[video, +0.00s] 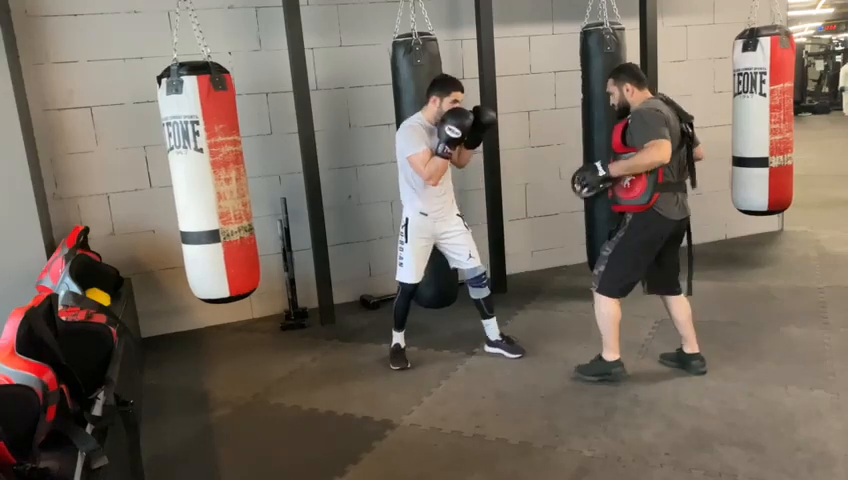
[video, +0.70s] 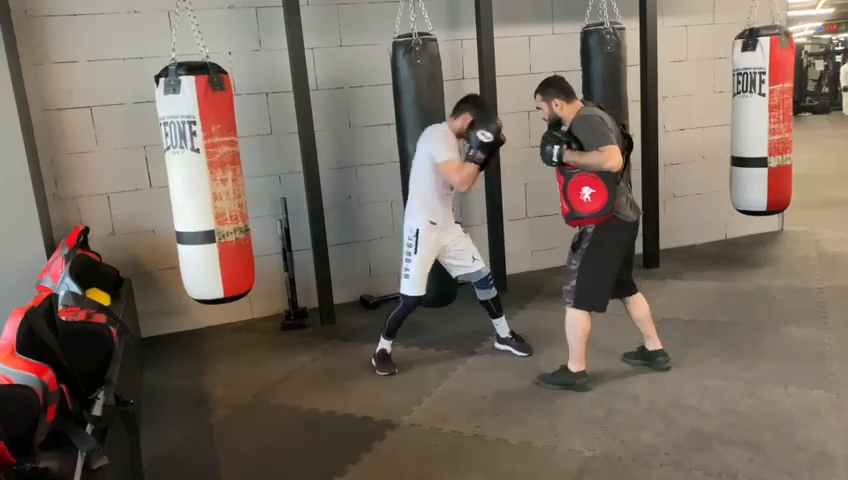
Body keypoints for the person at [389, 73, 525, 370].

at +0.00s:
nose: (457, 109)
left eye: (460, 104)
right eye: (454, 102)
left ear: (445, 102)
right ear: (434, 100)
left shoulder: (445, 127)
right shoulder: (409, 130)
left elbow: (461, 161)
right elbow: (430, 176)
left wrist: (475, 134)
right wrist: (448, 141)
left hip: (449, 217)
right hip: (418, 220)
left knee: (476, 275)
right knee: (408, 285)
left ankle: (494, 338)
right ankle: (397, 344)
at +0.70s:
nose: (474, 130)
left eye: (476, 126)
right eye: (475, 125)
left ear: (464, 117)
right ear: (467, 117)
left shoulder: (453, 141)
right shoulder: (437, 135)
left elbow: (467, 183)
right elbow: (461, 181)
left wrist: (483, 152)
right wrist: (478, 151)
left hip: (446, 225)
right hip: (421, 227)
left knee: (482, 277)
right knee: (412, 296)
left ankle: (505, 335)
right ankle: (383, 349)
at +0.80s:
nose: (488, 145)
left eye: (489, 142)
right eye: (489, 140)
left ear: (472, 130)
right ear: (478, 131)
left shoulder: (449, 147)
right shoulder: (458, 148)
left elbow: (449, 198)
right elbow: (500, 183)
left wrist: (477, 185)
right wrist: (503, 148)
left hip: (451, 231)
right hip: (427, 235)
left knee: (490, 277)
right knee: (422, 306)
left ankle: (504, 336)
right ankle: (380, 350)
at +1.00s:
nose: (500, 139)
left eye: (503, 134)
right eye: (496, 132)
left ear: (501, 132)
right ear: (481, 126)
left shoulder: (495, 154)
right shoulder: (445, 139)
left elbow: (509, 181)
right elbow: (435, 179)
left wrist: (541, 190)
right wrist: (462, 148)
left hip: (465, 232)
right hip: (429, 230)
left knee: (498, 288)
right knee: (411, 293)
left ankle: (505, 338)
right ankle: (390, 348)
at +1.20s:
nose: (488, 136)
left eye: (491, 131)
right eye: (485, 129)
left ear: (492, 130)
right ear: (468, 122)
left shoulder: (482, 152)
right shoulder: (435, 140)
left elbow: (487, 188)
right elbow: (432, 186)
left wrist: (513, 193)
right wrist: (460, 158)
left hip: (462, 231)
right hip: (426, 230)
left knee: (498, 279)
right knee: (405, 291)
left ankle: (505, 336)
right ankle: (381, 340)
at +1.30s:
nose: (477, 133)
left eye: (478, 127)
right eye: (472, 125)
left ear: (475, 127)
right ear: (453, 120)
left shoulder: (468, 147)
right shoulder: (421, 144)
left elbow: (469, 185)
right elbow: (428, 192)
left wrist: (494, 178)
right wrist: (455, 160)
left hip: (453, 229)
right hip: (419, 231)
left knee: (492, 277)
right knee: (407, 294)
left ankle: (505, 336)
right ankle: (380, 341)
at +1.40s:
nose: (457, 129)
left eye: (459, 123)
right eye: (453, 122)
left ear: (453, 123)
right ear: (436, 119)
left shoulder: (446, 147)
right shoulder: (405, 147)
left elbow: (456, 181)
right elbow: (419, 194)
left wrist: (475, 165)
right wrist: (442, 166)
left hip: (441, 228)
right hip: (408, 231)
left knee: (476, 275)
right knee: (398, 293)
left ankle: (502, 334)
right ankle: (378, 342)